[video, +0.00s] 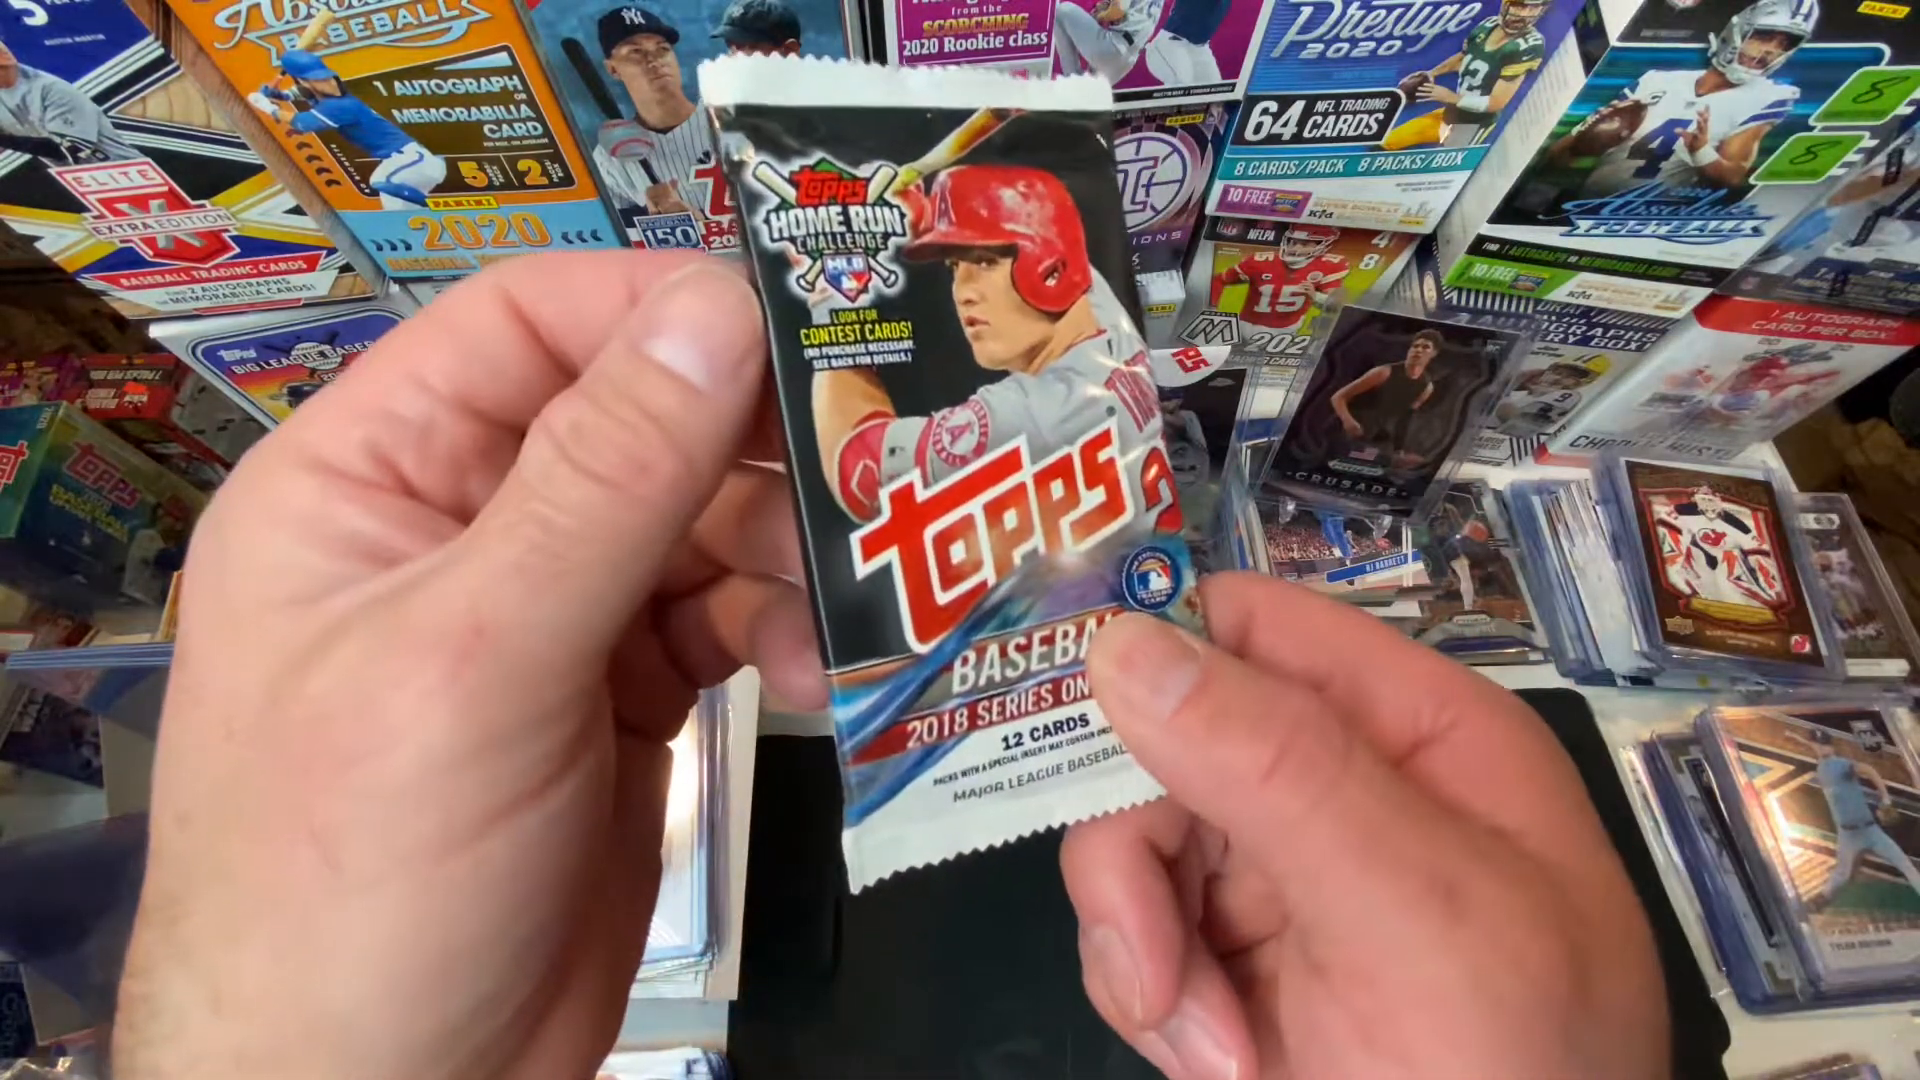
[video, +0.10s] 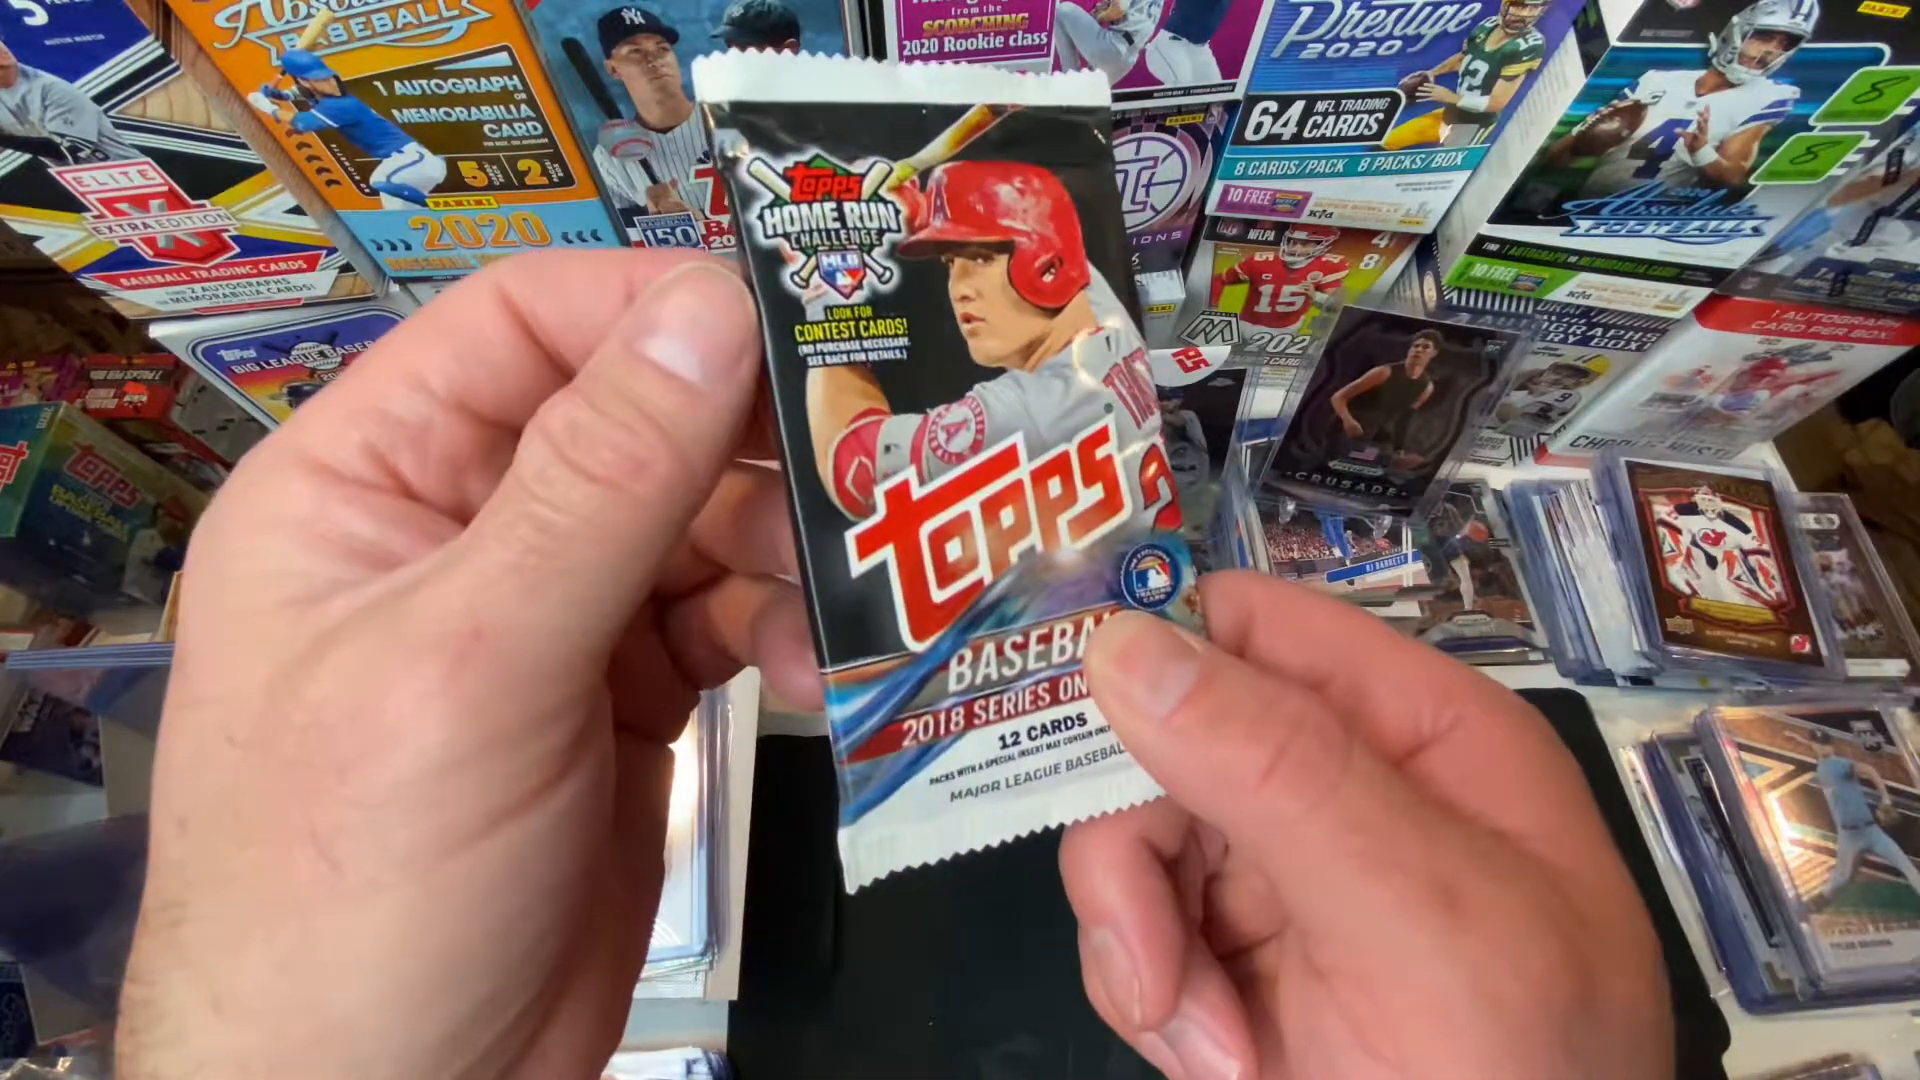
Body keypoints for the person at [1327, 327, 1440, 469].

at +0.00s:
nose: (1418, 351)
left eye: (1425, 347)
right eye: (1415, 346)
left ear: (1434, 354)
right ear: (1409, 349)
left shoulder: (1426, 389)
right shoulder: (1384, 373)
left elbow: (1405, 417)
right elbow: (1338, 397)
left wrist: (1399, 451)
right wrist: (1348, 421)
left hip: (1385, 442)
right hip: (1360, 435)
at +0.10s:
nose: (1419, 350)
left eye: (1426, 347)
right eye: (1416, 346)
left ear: (1434, 354)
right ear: (1409, 349)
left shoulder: (1426, 388)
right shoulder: (1384, 373)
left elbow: (1405, 417)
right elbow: (1338, 398)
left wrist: (1399, 451)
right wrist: (1348, 420)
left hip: (1383, 439)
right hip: (1355, 432)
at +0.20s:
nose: (1419, 350)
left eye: (1425, 347)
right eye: (1416, 346)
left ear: (1434, 354)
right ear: (1409, 349)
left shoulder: (1426, 388)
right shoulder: (1384, 373)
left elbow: (1405, 417)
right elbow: (1338, 398)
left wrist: (1399, 451)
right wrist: (1348, 421)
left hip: (1383, 440)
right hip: (1357, 433)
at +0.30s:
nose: (1419, 350)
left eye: (1426, 347)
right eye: (1416, 346)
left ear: (1434, 353)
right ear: (1409, 349)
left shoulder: (1426, 388)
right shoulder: (1384, 373)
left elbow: (1404, 417)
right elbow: (1338, 398)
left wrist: (1399, 451)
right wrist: (1348, 420)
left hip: (1383, 440)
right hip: (1356, 432)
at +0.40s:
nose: (1419, 350)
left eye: (1425, 347)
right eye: (1416, 346)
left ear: (1434, 354)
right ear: (1409, 349)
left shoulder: (1426, 388)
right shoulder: (1384, 373)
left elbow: (1405, 417)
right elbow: (1338, 398)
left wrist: (1399, 451)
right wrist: (1348, 421)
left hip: (1384, 441)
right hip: (1357, 433)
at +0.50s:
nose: (1418, 350)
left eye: (1425, 347)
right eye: (1416, 346)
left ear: (1434, 354)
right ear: (1409, 349)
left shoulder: (1426, 388)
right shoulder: (1384, 373)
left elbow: (1405, 417)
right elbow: (1338, 398)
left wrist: (1399, 451)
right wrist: (1348, 421)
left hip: (1384, 441)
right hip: (1357, 433)